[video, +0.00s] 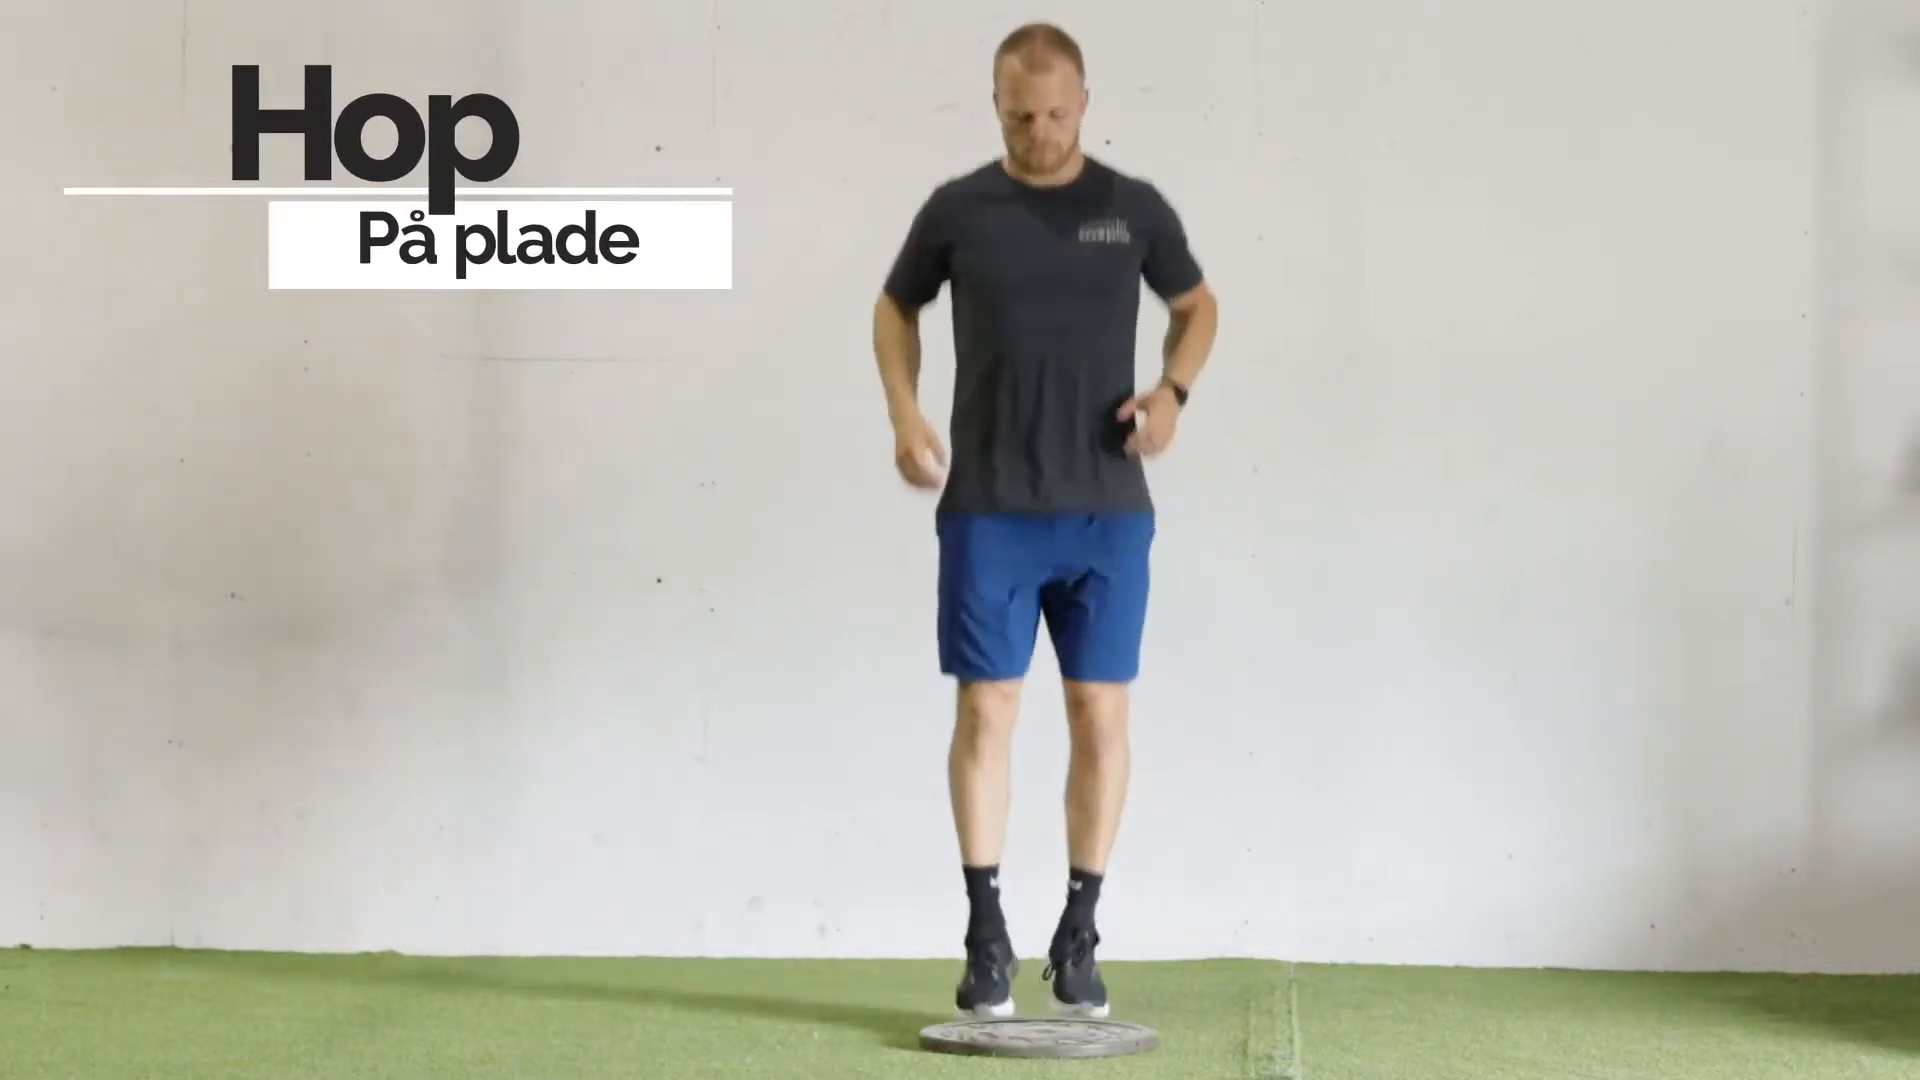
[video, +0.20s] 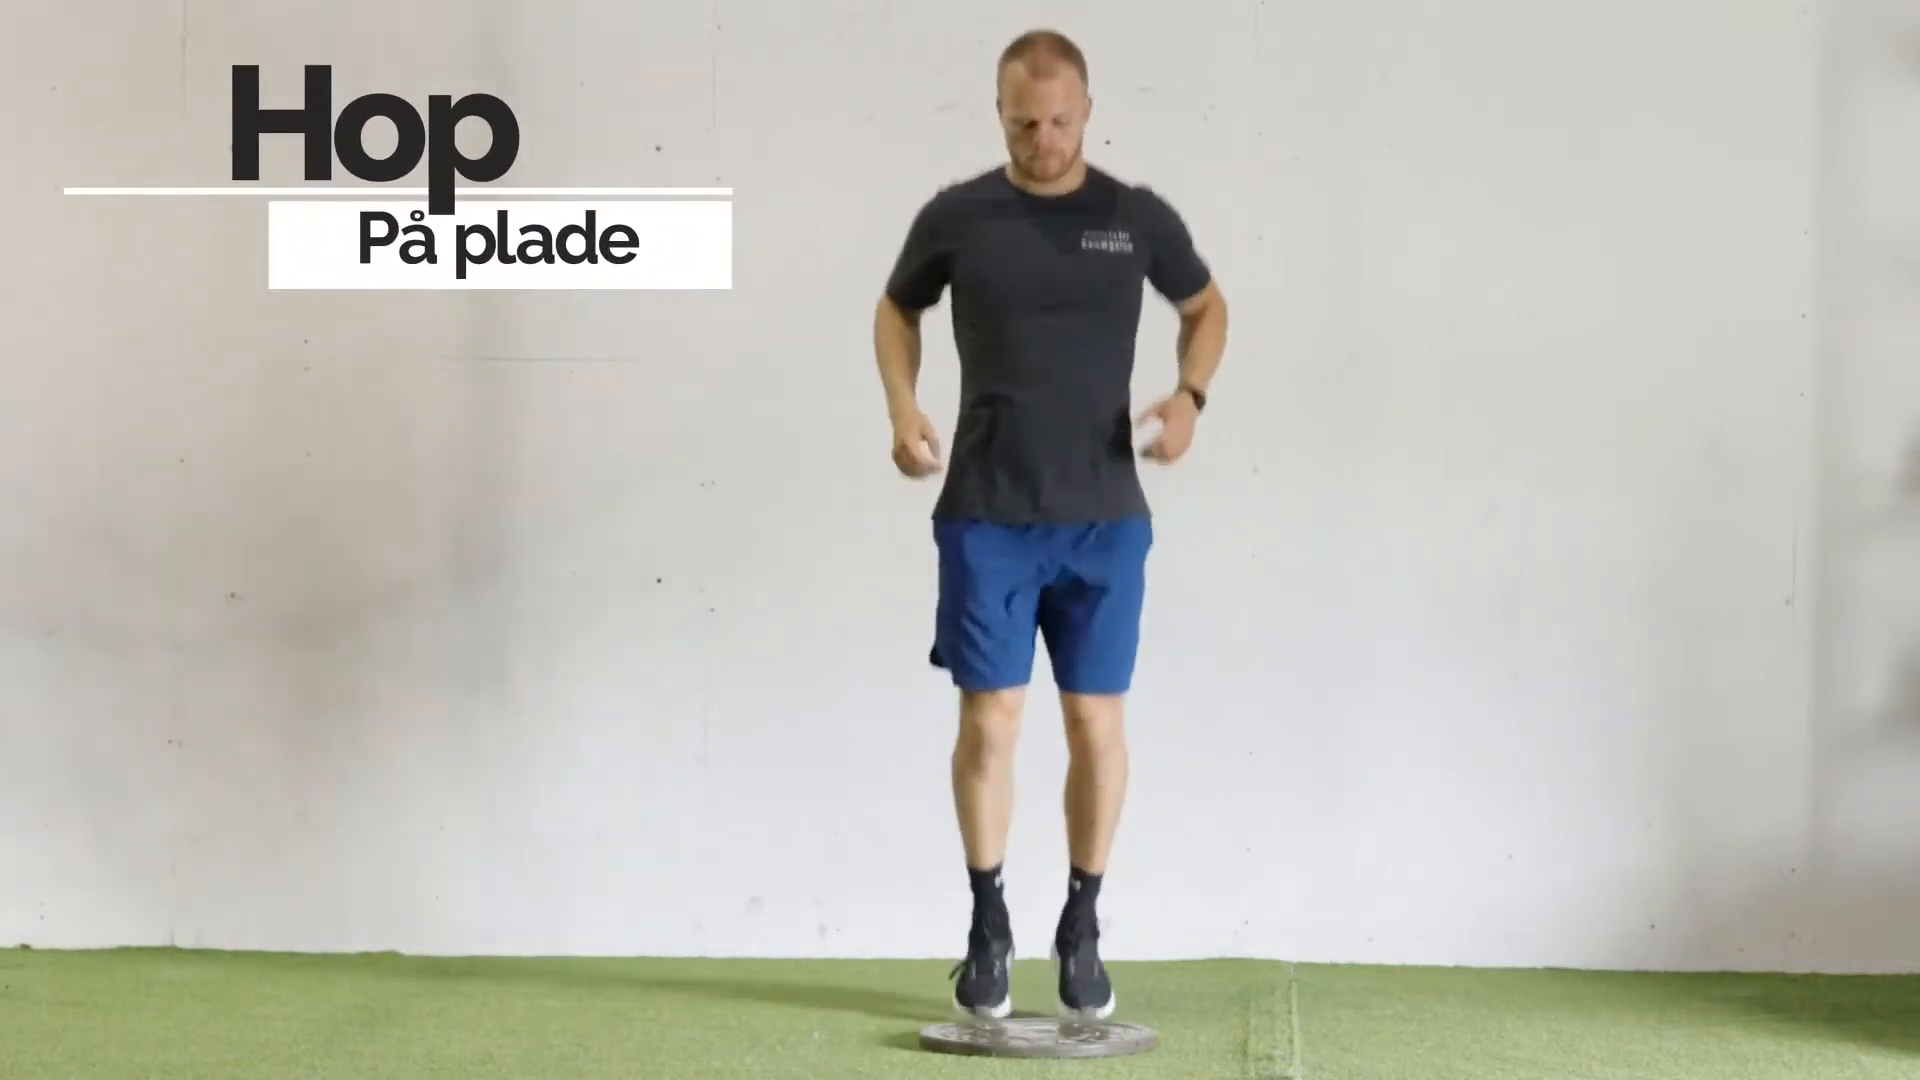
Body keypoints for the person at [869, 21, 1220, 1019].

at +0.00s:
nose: (1035, 130)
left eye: (1052, 112)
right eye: (1019, 113)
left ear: (1083, 105)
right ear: (997, 108)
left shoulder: (1135, 209)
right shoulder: (956, 210)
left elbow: (1195, 305)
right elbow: (897, 305)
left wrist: (1170, 392)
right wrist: (907, 415)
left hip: (1108, 504)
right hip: (990, 504)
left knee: (1100, 716)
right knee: (987, 713)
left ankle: (1079, 936)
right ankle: (987, 937)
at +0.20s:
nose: (1040, 138)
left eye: (1056, 120)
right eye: (1023, 122)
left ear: (1087, 112)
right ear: (1000, 116)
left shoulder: (1138, 217)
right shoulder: (956, 216)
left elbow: (1204, 306)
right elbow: (899, 307)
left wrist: (1188, 395)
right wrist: (904, 408)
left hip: (1103, 513)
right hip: (987, 512)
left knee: (1095, 722)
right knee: (991, 720)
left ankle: (1082, 930)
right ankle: (989, 931)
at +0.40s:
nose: (1040, 177)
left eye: (1057, 160)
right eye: (1023, 161)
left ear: (1087, 156)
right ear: (1002, 161)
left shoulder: (1136, 265)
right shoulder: (961, 266)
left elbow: (1200, 365)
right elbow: (896, 368)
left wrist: (1182, 407)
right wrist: (930, 400)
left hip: (1106, 560)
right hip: (993, 561)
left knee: (1102, 758)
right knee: (990, 760)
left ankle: (1078, 955)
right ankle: (992, 952)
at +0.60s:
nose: (1047, 102)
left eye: (1063, 83)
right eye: (1030, 84)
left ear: (1092, 75)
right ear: (1006, 77)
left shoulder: (1143, 178)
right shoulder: (966, 177)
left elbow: (1218, 262)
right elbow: (896, 270)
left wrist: (1204, 308)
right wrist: (928, 312)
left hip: (1113, 473)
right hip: (1000, 473)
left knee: (1103, 691)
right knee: (1003, 687)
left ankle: (1077, 908)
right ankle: (1005, 903)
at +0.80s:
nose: (1054, 191)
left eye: (1071, 173)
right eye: (1037, 174)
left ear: (1100, 169)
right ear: (1014, 171)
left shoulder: (1148, 288)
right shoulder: (970, 284)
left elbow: (1199, 401)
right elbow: (907, 397)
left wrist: (1188, 470)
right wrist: (941, 474)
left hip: (1116, 572)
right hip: (1006, 569)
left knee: (1106, 772)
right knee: (1013, 775)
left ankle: (1081, 970)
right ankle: (1024, 965)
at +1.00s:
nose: (1057, 109)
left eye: (1073, 92)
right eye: (1039, 92)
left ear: (1102, 84)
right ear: (1016, 87)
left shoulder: (1150, 191)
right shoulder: (971, 188)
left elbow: (1205, 288)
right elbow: (908, 279)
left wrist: (1184, 362)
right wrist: (937, 374)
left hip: (1125, 484)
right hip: (1008, 482)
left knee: (1119, 695)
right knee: (1008, 694)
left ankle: (1096, 907)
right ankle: (1011, 907)